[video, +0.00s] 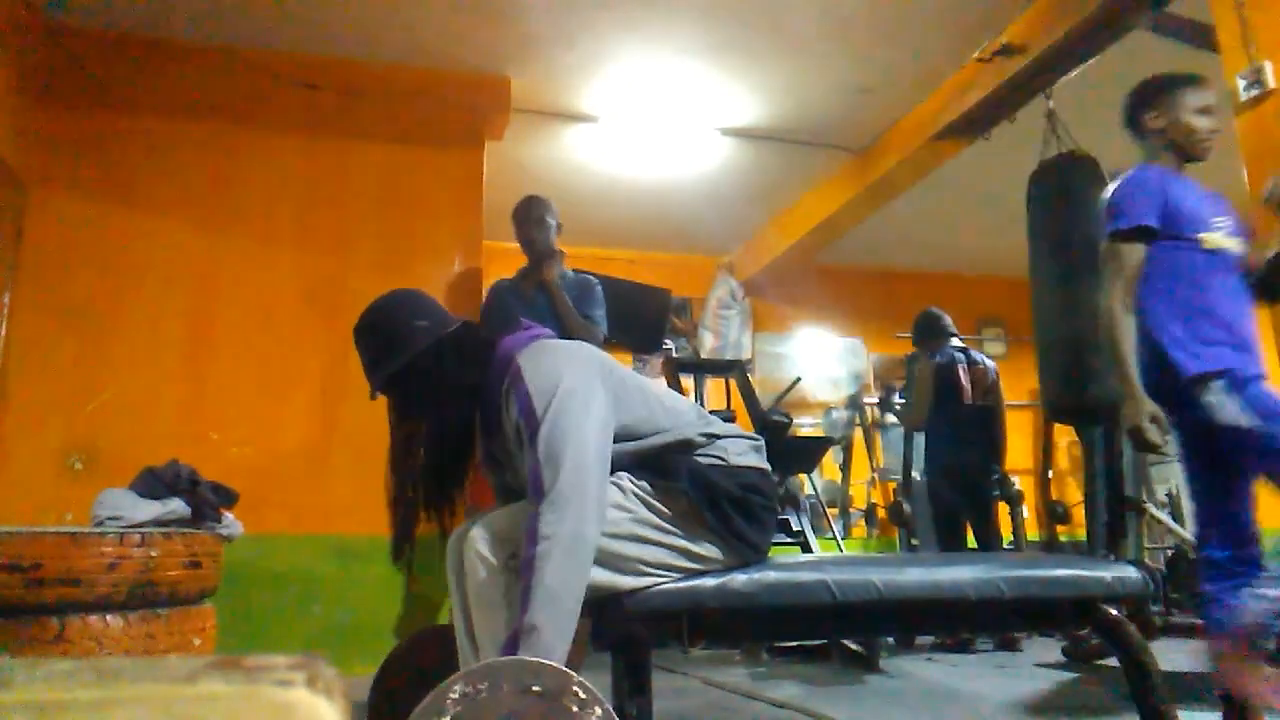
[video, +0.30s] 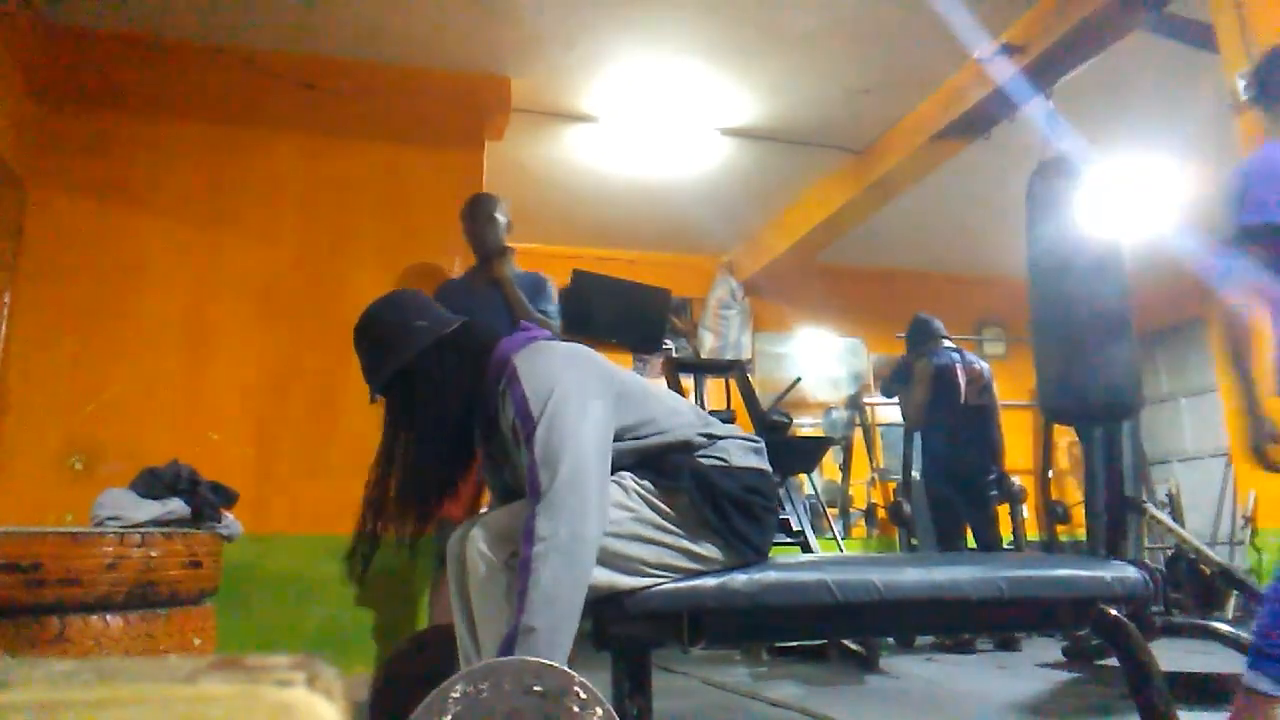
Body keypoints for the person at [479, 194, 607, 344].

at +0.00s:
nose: (530, 233)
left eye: (539, 223)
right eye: (523, 224)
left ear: (558, 230)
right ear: (516, 234)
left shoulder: (587, 287)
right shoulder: (502, 293)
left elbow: (592, 344)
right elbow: (487, 351)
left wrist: (554, 285)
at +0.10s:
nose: (516, 234)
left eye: (525, 223)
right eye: (509, 225)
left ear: (544, 229)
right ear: (503, 234)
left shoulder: (573, 287)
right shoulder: (486, 293)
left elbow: (582, 341)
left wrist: (542, 283)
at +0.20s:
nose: (500, 231)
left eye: (509, 221)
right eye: (492, 223)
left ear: (528, 229)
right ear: (485, 232)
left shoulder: (554, 289)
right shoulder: (469, 294)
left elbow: (567, 339)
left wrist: (525, 282)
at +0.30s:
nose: (481, 229)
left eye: (490, 220)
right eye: (474, 221)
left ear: (508, 227)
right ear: (466, 231)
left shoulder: (537, 286)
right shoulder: (449, 294)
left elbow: (549, 339)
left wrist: (507, 281)